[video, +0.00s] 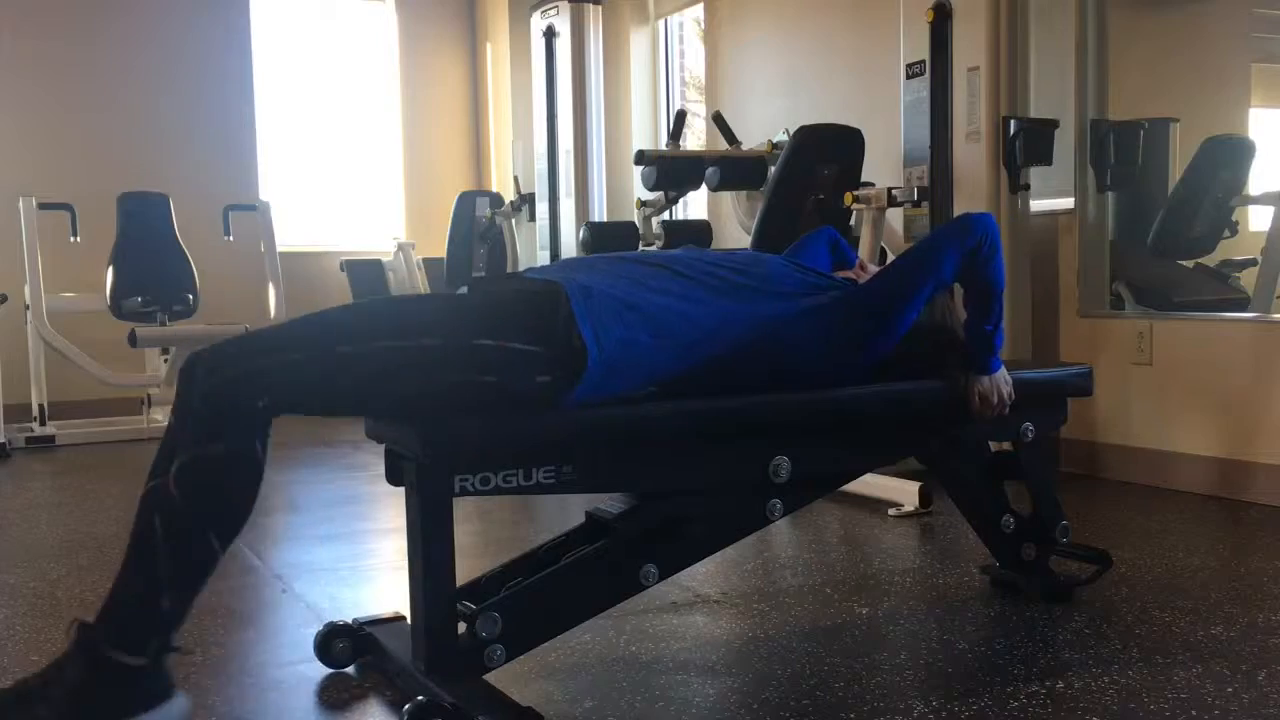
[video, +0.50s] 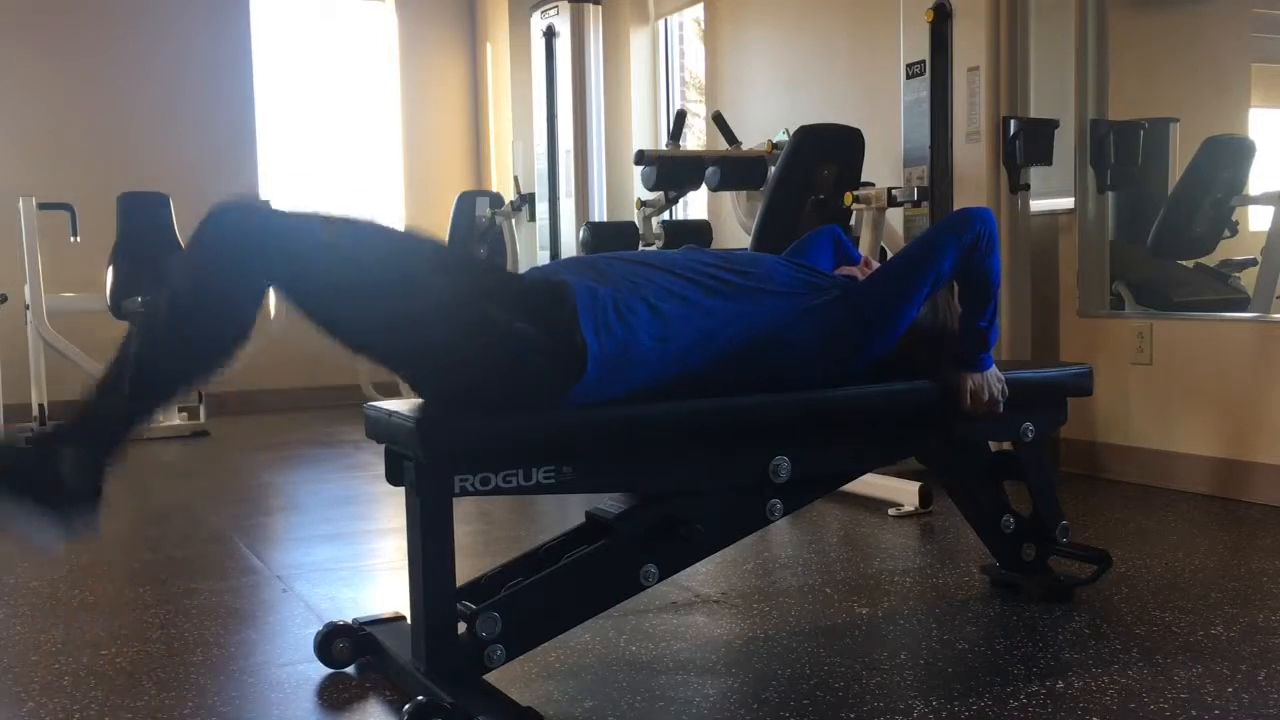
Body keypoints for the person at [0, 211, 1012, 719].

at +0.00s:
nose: (840, 234)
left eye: (850, 231)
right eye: (835, 226)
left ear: (856, 272)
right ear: (813, 250)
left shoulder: (844, 313)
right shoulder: (735, 273)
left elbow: (974, 223)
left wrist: (973, 347)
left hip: (541, 332)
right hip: (504, 304)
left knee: (225, 377)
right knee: (223, 368)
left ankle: (127, 656)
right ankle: (129, 640)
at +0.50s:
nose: (868, 254)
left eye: (885, 262)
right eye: (870, 251)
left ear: (903, 306)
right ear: (848, 270)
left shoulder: (854, 325)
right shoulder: (776, 278)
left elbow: (976, 213)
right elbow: (828, 167)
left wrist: (966, 326)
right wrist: (877, 263)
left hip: (531, 339)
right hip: (506, 305)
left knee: (241, 224)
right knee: (260, 221)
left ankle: (77, 458)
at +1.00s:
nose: (879, 258)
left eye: (896, 268)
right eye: (880, 253)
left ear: (913, 310)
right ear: (858, 266)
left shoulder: (869, 326)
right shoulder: (805, 282)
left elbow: (991, 231)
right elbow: (826, 226)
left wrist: (982, 354)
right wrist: (873, 269)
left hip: (556, 343)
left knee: (648, 81)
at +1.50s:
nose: (892, 258)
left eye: (904, 269)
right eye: (895, 258)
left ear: (917, 309)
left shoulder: (888, 326)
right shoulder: (838, 287)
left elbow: (1007, 239)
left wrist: (987, 359)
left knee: (838, 190)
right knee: (793, 172)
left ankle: (872, 8)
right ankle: (825, 3)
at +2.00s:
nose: (890, 254)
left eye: (902, 269)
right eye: (898, 257)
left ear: (910, 311)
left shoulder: (879, 330)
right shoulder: (839, 277)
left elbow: (998, 237)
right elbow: (817, 215)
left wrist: (1001, 352)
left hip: (607, 320)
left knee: (802, 181)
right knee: (776, 171)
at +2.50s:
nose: (877, 256)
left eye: (893, 269)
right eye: (882, 254)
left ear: (903, 313)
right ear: (859, 273)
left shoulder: (870, 331)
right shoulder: (808, 286)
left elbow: (989, 232)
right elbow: (827, 229)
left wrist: (998, 353)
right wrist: (870, 267)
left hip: (558, 349)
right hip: (527, 329)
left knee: (678, 127)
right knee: (681, 129)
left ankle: (533, 9)